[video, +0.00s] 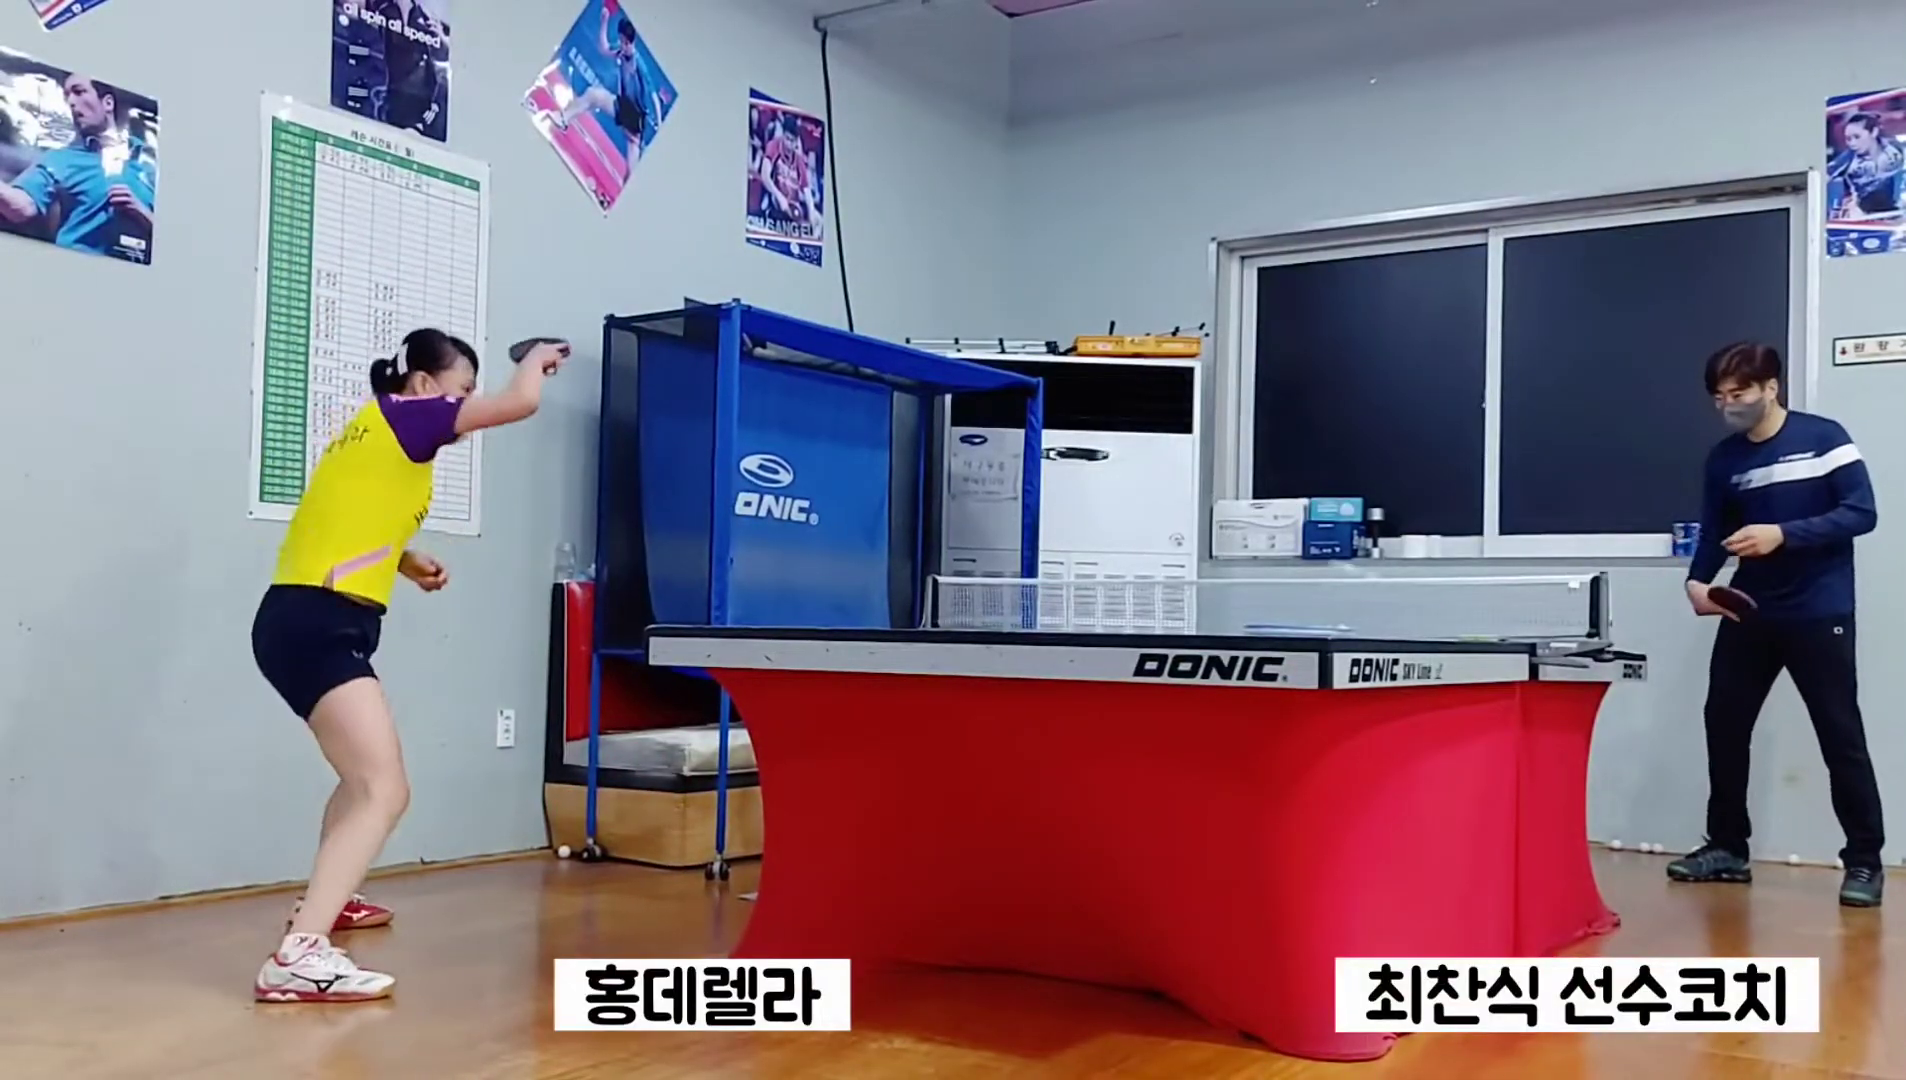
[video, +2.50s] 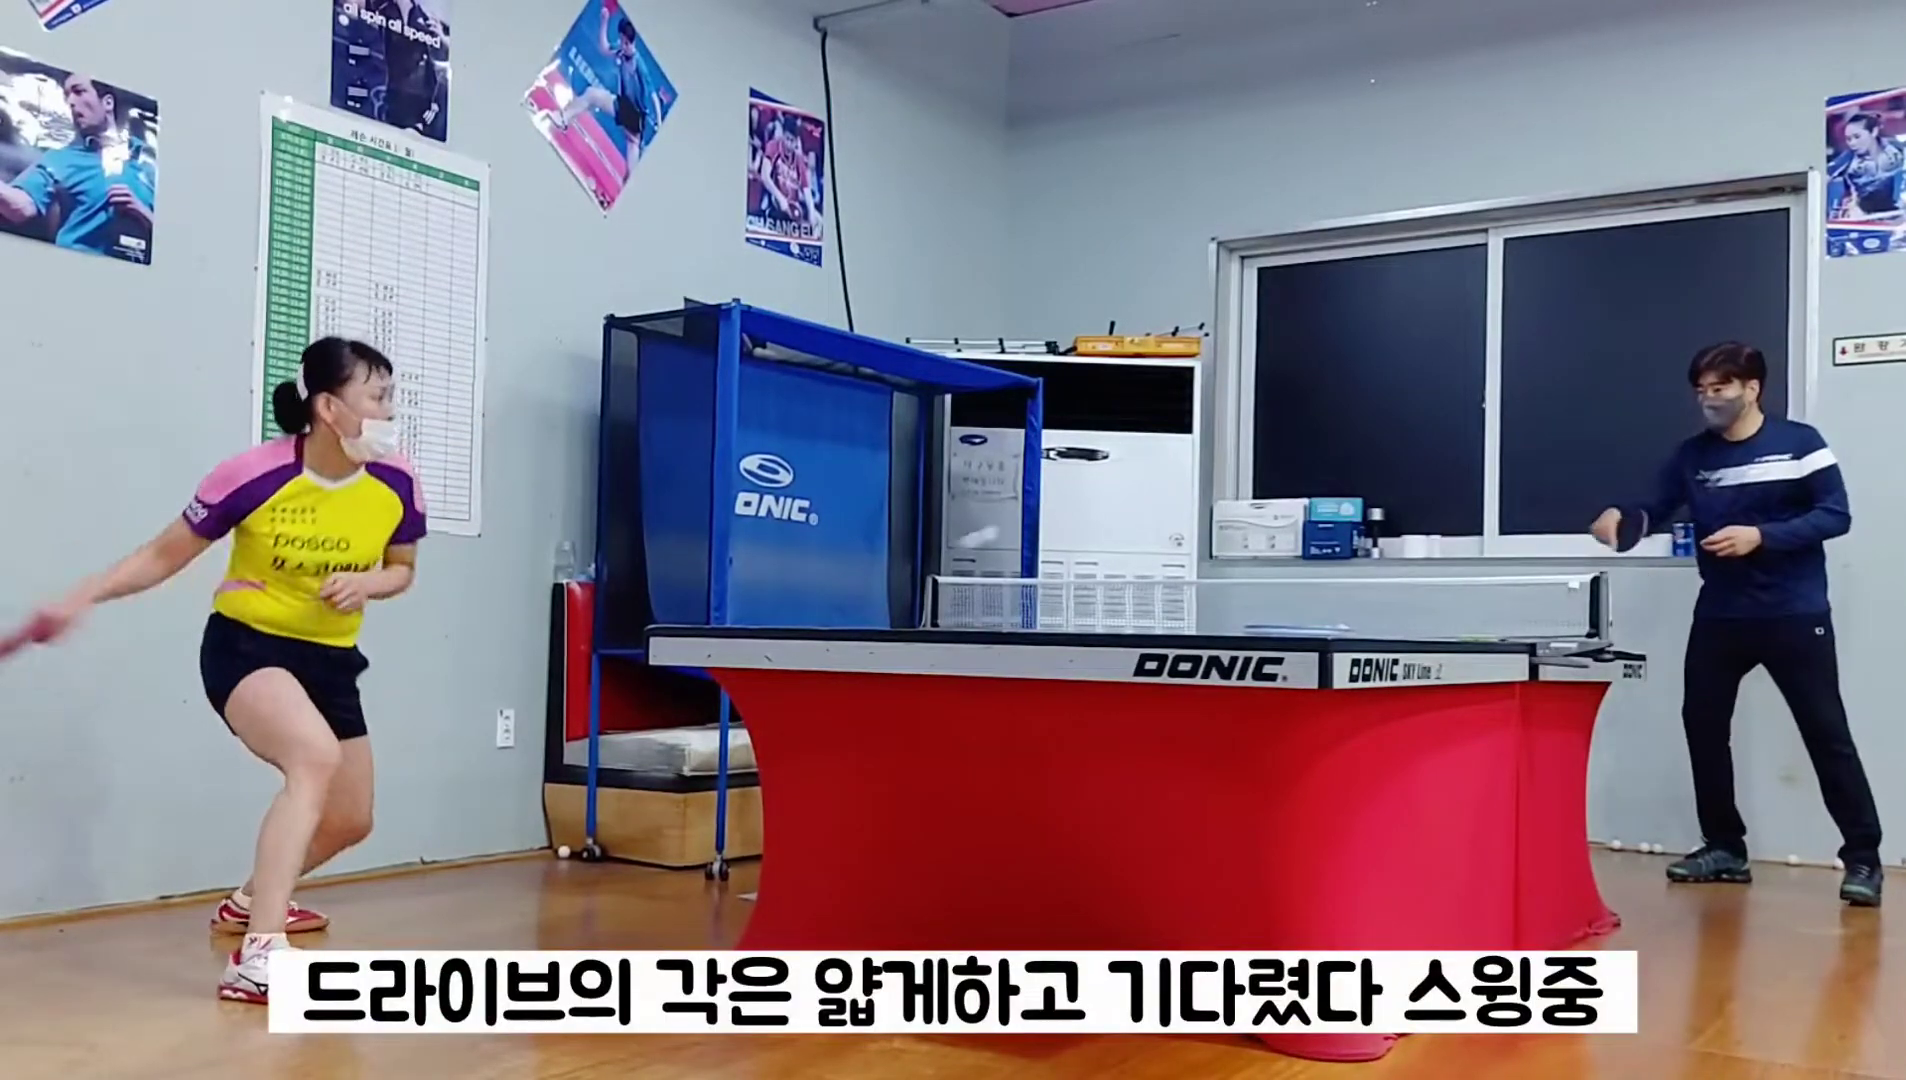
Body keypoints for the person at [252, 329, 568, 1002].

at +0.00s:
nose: (466, 402)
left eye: (467, 391)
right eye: (461, 389)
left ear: (411, 383)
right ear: (422, 379)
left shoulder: (374, 427)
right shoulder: (407, 416)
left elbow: (344, 512)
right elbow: (521, 404)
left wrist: (403, 557)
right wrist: (534, 360)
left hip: (298, 620)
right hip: (319, 623)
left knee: (363, 776)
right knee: (386, 791)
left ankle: (325, 895)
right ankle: (300, 953)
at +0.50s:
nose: (420, 432)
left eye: (422, 418)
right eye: (407, 419)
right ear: (361, 430)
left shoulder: (432, 495)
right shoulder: (293, 494)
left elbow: (442, 587)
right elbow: (198, 567)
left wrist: (402, 598)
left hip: (373, 671)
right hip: (291, 657)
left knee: (393, 832)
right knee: (362, 759)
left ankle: (297, 897)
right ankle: (312, 954)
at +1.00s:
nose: (424, 398)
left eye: (426, 388)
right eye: (419, 385)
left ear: (365, 384)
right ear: (379, 379)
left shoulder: (316, 429)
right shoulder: (371, 415)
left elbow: (302, 517)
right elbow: (489, 401)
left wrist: (363, 563)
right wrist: (487, 361)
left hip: (241, 622)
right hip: (283, 622)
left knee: (325, 772)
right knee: (358, 795)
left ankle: (279, 900)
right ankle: (267, 952)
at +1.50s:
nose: (385, 425)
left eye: (387, 412)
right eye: (370, 412)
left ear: (388, 416)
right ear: (322, 426)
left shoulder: (401, 491)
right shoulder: (257, 497)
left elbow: (416, 581)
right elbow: (168, 573)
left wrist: (381, 590)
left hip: (349, 670)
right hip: (265, 658)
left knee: (371, 830)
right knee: (341, 760)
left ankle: (270, 897)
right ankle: (284, 954)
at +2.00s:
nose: (388, 395)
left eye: (389, 385)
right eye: (383, 382)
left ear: (324, 376)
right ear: (344, 374)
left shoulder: (267, 432)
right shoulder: (336, 410)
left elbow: (262, 517)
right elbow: (456, 408)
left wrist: (328, 555)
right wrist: (448, 370)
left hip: (216, 626)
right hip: (262, 624)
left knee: (310, 774)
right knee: (344, 794)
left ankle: (255, 902)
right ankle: (248, 958)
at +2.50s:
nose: (387, 412)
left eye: (388, 399)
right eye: (374, 399)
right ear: (326, 409)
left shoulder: (396, 484)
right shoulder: (254, 475)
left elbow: (401, 571)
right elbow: (165, 554)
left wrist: (371, 585)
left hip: (331, 661)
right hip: (246, 645)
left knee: (350, 820)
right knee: (313, 760)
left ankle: (251, 901)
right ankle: (260, 952)